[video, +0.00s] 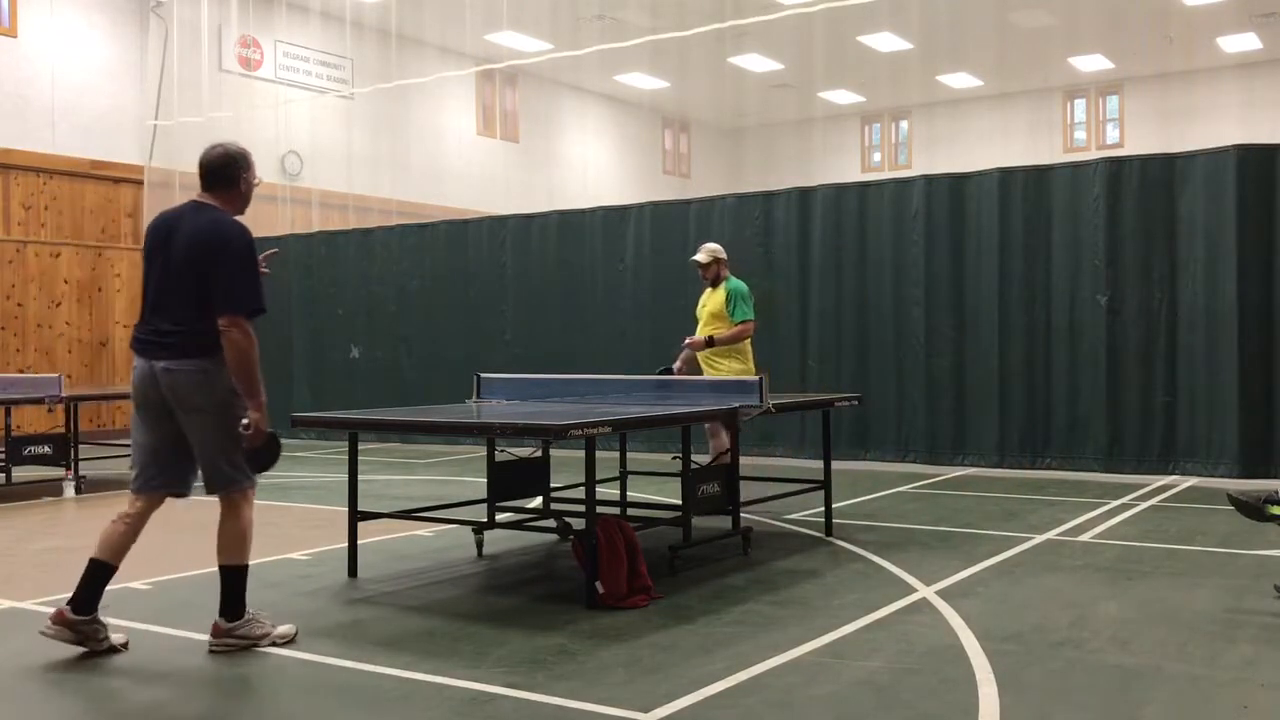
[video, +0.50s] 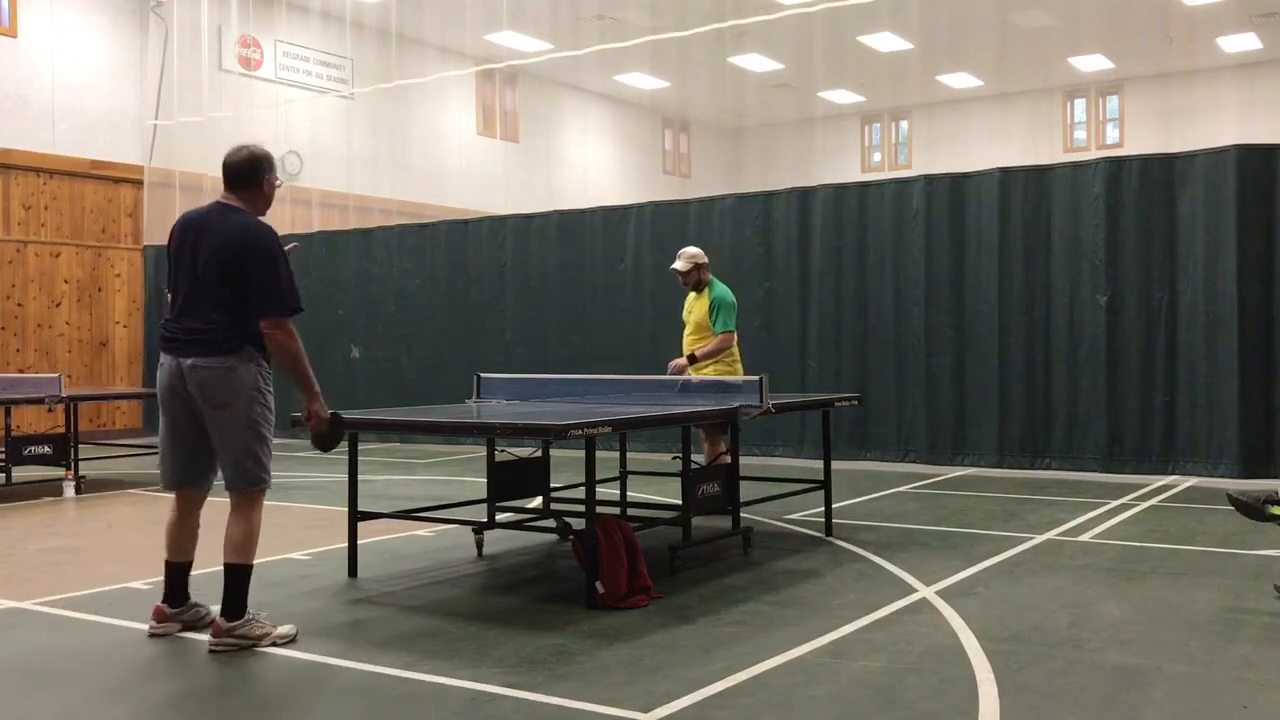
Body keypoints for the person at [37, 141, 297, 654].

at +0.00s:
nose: (256, 184)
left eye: (254, 176)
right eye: (254, 177)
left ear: (203, 181)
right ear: (243, 183)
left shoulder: (162, 224)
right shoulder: (232, 236)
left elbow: (178, 293)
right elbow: (232, 326)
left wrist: (241, 275)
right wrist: (257, 405)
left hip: (149, 371)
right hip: (202, 375)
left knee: (146, 493)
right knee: (237, 492)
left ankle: (79, 609)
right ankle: (233, 618)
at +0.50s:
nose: (276, 191)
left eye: (275, 183)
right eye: (275, 183)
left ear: (225, 181)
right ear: (265, 185)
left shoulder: (185, 225)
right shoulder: (260, 239)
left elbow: (177, 300)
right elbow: (276, 328)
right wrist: (313, 393)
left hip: (175, 370)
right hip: (231, 374)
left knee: (188, 492)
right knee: (247, 494)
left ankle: (175, 605)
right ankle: (234, 619)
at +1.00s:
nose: (238, 196)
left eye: (237, 188)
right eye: (237, 189)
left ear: (190, 187)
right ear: (226, 189)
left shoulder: (158, 232)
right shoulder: (217, 234)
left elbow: (175, 287)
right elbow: (211, 315)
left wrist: (235, 276)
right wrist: (235, 387)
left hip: (149, 369)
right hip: (189, 371)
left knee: (181, 488)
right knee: (232, 487)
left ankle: (174, 604)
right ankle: (232, 614)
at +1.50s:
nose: (229, 195)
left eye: (227, 188)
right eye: (227, 188)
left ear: (180, 188)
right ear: (215, 188)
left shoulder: (158, 226)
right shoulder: (194, 226)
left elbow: (177, 295)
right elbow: (184, 306)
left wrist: (234, 289)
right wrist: (209, 377)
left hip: (137, 362)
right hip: (165, 363)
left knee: (168, 488)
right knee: (194, 484)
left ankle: (174, 602)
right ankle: (166, 613)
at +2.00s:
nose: (217, 184)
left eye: (215, 176)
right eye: (214, 177)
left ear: (164, 180)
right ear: (201, 180)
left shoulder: (137, 225)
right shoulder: (185, 231)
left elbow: (157, 293)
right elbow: (189, 320)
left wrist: (217, 276)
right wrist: (228, 392)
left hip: (132, 370)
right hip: (168, 372)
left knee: (174, 494)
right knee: (173, 498)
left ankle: (175, 605)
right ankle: (146, 626)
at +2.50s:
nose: (217, 181)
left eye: (215, 173)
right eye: (214, 174)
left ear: (163, 174)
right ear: (199, 179)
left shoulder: (122, 216)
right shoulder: (176, 232)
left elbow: (140, 285)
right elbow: (169, 324)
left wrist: (202, 271)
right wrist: (188, 407)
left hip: (104, 369)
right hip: (144, 373)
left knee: (137, 494)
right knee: (156, 500)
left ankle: (118, 611)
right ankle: (147, 628)